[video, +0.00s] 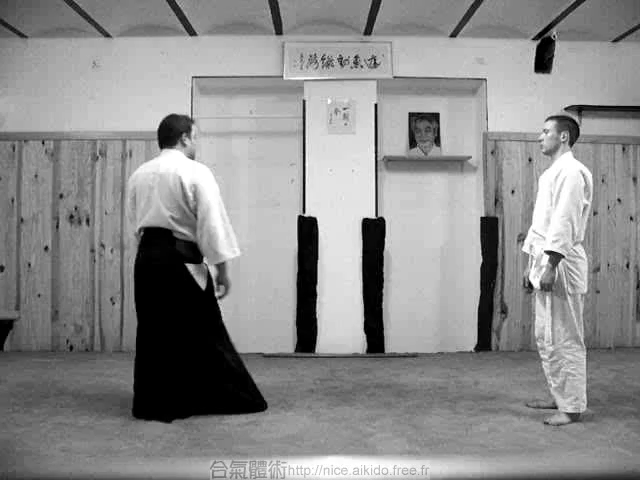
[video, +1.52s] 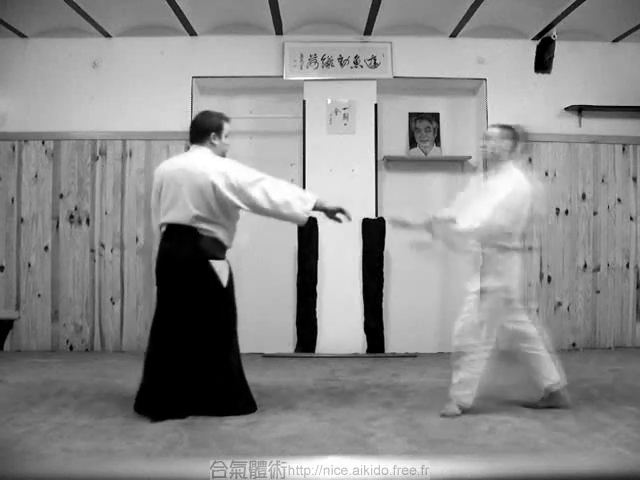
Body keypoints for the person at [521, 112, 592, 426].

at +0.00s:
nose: (540, 137)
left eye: (546, 132)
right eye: (541, 132)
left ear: (563, 137)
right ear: (558, 137)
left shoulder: (573, 173)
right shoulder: (552, 172)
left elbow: (565, 222)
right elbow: (542, 221)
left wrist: (551, 264)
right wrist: (532, 262)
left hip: (563, 262)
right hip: (545, 260)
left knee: (564, 335)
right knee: (545, 335)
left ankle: (572, 406)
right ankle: (559, 396)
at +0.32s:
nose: (540, 137)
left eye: (546, 132)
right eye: (541, 132)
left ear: (564, 137)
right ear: (559, 137)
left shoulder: (572, 173)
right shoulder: (553, 172)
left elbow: (565, 222)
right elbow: (542, 220)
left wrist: (551, 264)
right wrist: (532, 261)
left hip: (564, 262)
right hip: (545, 260)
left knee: (565, 336)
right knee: (546, 335)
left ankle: (572, 407)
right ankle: (558, 395)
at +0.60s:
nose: (539, 137)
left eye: (545, 132)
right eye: (540, 132)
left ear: (563, 137)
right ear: (558, 137)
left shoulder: (572, 173)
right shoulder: (551, 172)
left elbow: (564, 222)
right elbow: (540, 222)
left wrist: (550, 265)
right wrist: (530, 263)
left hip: (563, 262)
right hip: (544, 260)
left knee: (564, 336)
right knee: (545, 335)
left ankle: (572, 407)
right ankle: (558, 396)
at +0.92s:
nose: (535, 138)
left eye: (541, 133)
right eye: (536, 133)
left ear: (559, 139)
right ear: (552, 139)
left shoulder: (566, 174)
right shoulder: (546, 173)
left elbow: (559, 221)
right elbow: (537, 220)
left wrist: (543, 261)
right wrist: (526, 263)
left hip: (558, 261)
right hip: (539, 259)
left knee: (561, 335)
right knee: (540, 333)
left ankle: (571, 407)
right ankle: (556, 395)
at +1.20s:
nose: (520, 141)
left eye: (526, 136)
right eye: (521, 136)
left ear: (544, 142)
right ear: (533, 143)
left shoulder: (553, 176)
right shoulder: (525, 178)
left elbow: (544, 221)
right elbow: (513, 220)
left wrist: (524, 255)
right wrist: (502, 255)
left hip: (541, 260)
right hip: (523, 258)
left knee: (517, 327)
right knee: (541, 326)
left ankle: (547, 391)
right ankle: (557, 393)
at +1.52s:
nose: (485, 144)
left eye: (493, 139)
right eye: (485, 139)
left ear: (511, 145)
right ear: (486, 144)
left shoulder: (517, 183)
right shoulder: (484, 179)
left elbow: (497, 226)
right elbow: (458, 211)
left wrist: (453, 232)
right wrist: (425, 222)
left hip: (502, 262)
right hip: (487, 259)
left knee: (473, 329)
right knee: (515, 322)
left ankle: (460, 400)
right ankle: (554, 388)